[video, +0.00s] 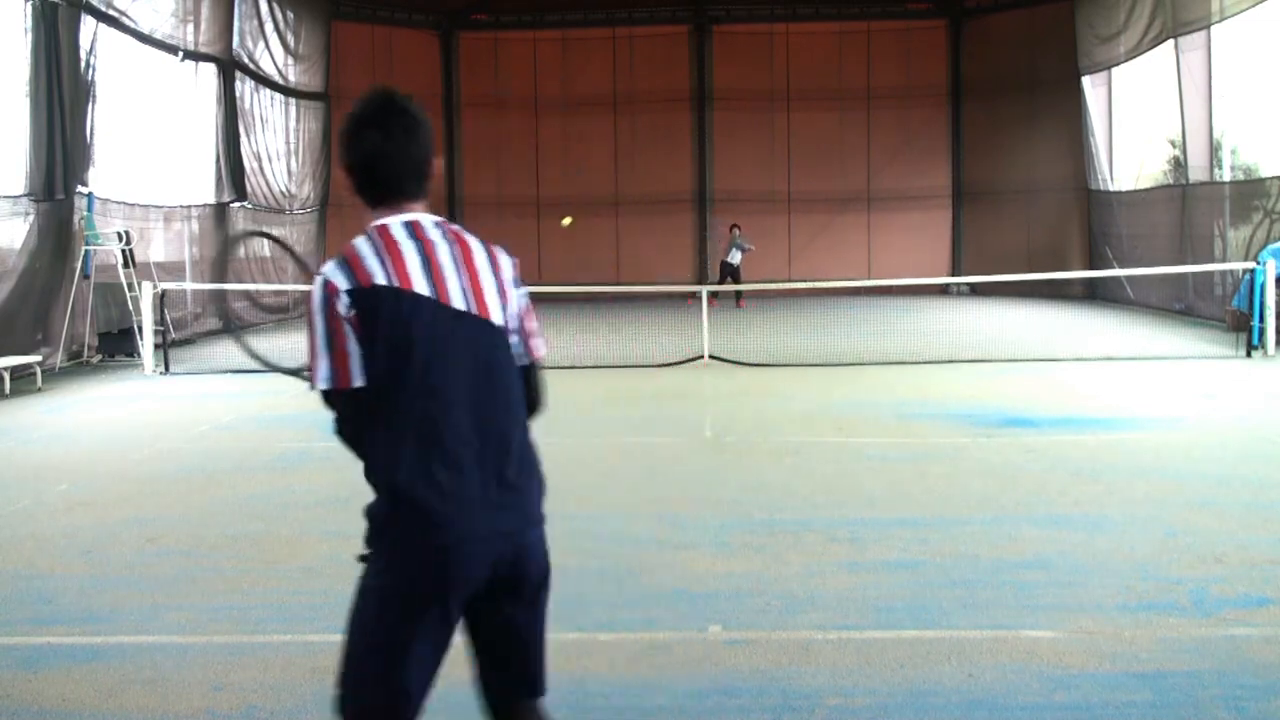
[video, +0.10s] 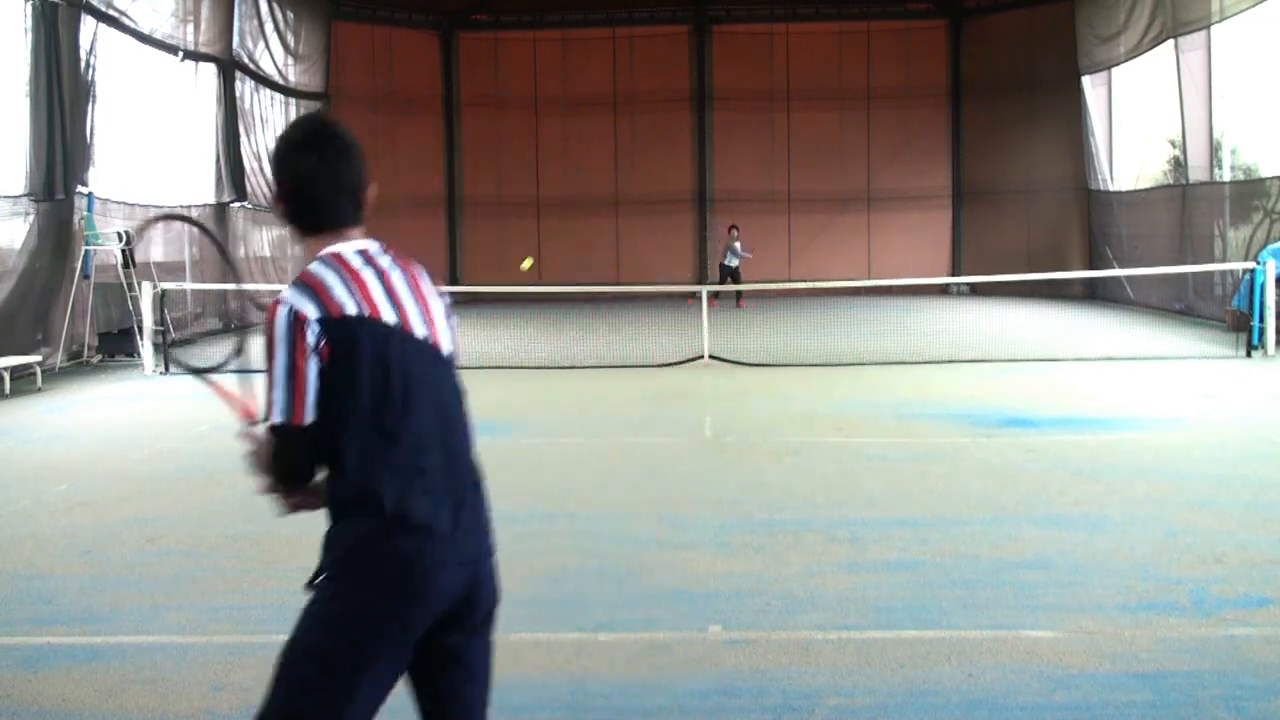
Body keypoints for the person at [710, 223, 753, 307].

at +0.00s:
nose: (736, 233)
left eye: (737, 231)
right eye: (734, 231)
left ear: (739, 232)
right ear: (731, 233)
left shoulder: (739, 243)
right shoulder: (732, 241)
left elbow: (741, 251)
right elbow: (739, 245)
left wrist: (747, 249)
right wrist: (747, 248)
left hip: (735, 265)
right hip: (727, 263)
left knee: (738, 283)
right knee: (721, 281)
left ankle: (738, 301)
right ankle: (713, 297)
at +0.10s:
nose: (734, 234)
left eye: (735, 232)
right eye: (732, 232)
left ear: (738, 233)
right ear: (729, 233)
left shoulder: (738, 243)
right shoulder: (729, 243)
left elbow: (736, 253)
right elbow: (737, 253)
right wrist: (748, 256)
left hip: (734, 266)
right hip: (725, 265)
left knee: (738, 284)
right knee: (722, 283)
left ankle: (738, 301)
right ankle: (713, 298)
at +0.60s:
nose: (721, 229)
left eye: (722, 227)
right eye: (719, 227)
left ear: (725, 228)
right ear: (716, 228)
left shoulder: (728, 239)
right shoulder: (712, 238)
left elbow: (729, 250)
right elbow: (709, 249)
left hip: (723, 261)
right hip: (713, 260)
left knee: (722, 281)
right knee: (711, 281)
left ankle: (719, 300)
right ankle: (710, 299)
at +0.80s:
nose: (716, 230)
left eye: (718, 228)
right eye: (715, 228)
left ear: (721, 229)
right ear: (712, 229)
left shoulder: (725, 239)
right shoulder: (708, 239)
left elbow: (729, 251)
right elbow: (704, 250)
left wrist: (721, 253)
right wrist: (710, 255)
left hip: (720, 263)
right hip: (710, 262)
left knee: (721, 282)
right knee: (703, 279)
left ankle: (718, 301)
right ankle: (698, 296)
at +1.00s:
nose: (711, 229)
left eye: (713, 226)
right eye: (709, 227)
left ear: (715, 228)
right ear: (706, 228)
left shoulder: (720, 237)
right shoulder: (703, 237)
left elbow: (724, 247)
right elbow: (699, 248)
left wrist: (718, 253)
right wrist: (704, 254)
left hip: (717, 260)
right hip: (706, 260)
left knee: (721, 279)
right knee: (700, 278)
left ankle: (723, 298)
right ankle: (696, 295)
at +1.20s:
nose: (706, 240)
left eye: (708, 238)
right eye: (705, 238)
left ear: (711, 240)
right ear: (703, 240)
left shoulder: (716, 249)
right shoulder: (699, 250)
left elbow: (718, 259)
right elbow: (698, 262)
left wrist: (708, 262)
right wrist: (705, 263)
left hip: (715, 271)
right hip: (703, 272)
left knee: (721, 286)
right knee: (695, 285)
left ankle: (726, 302)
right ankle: (694, 301)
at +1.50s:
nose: (701, 239)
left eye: (703, 237)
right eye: (699, 237)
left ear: (706, 237)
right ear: (698, 239)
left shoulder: (709, 246)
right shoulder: (701, 248)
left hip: (716, 267)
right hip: (707, 269)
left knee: (719, 284)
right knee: (701, 283)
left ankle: (726, 301)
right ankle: (701, 299)